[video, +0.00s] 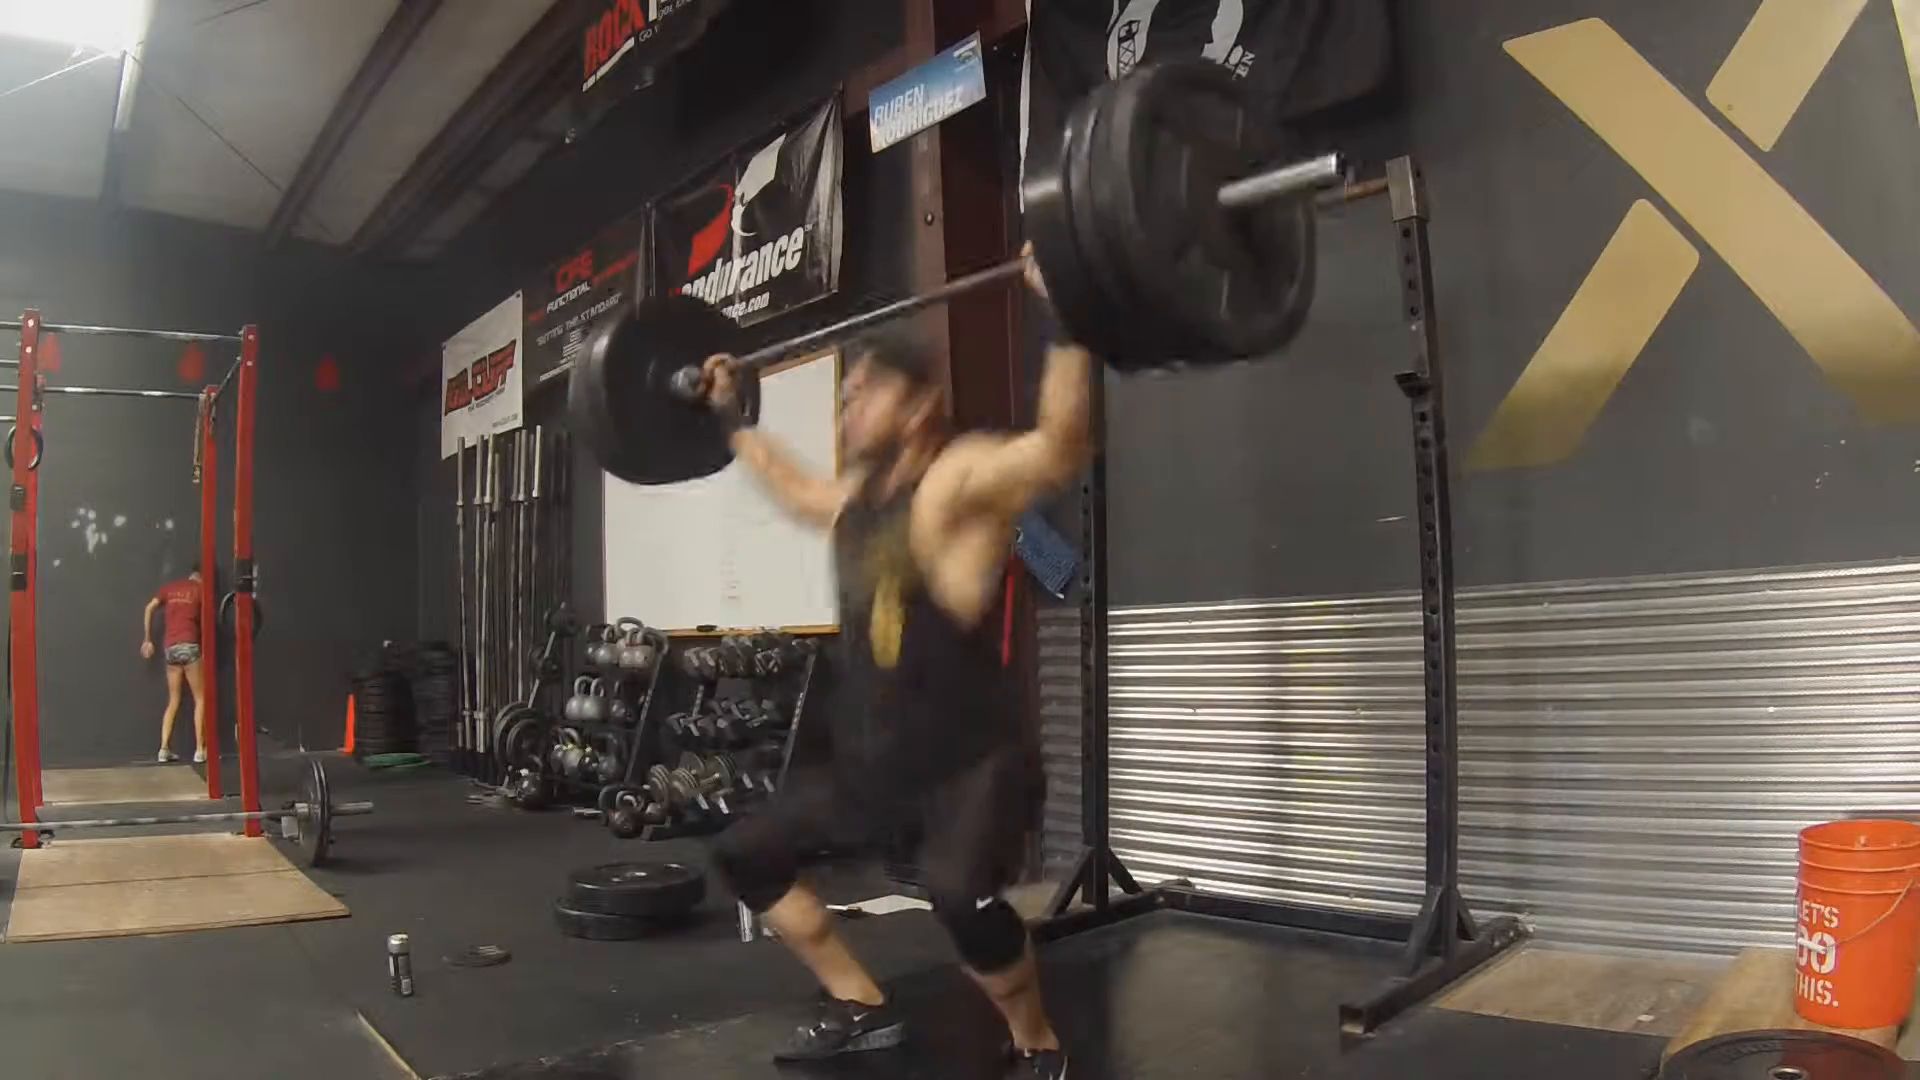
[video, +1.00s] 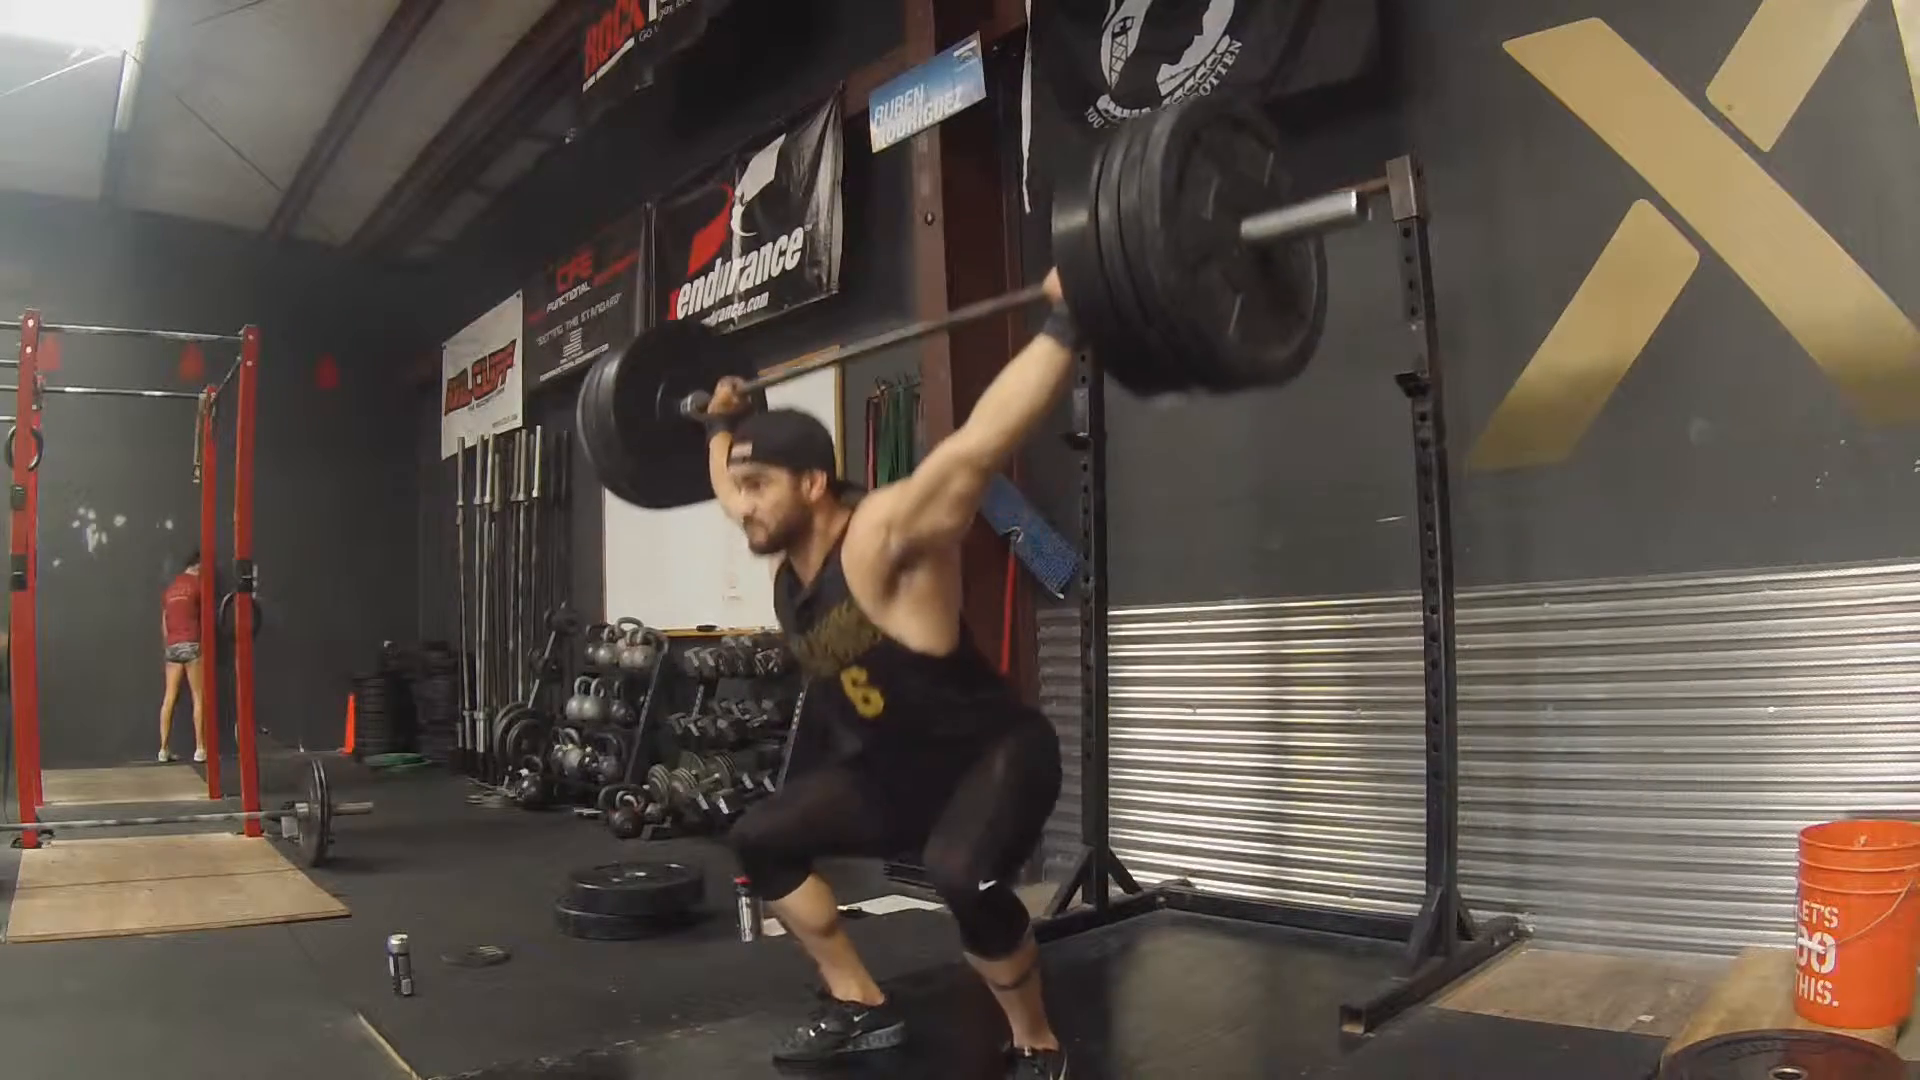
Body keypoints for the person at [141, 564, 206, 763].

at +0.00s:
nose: (204, 582)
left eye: (203, 578)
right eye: (204, 578)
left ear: (190, 573)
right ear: (201, 576)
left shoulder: (170, 588)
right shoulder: (201, 589)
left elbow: (149, 608)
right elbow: (207, 618)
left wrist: (147, 639)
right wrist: (208, 644)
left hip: (170, 643)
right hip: (190, 642)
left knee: (173, 700)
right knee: (199, 698)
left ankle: (164, 748)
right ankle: (200, 749)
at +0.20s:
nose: (203, 577)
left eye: (201, 573)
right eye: (203, 573)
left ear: (189, 569)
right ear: (199, 571)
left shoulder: (170, 585)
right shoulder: (201, 588)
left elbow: (149, 606)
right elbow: (208, 618)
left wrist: (148, 636)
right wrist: (209, 644)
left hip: (170, 640)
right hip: (192, 640)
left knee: (170, 697)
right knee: (198, 695)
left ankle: (163, 747)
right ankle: (201, 747)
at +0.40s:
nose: (203, 575)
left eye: (202, 571)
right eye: (203, 571)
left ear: (188, 568)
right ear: (200, 570)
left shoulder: (171, 584)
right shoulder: (202, 587)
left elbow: (150, 605)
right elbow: (208, 616)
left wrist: (149, 635)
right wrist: (209, 640)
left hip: (171, 641)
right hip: (193, 640)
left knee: (170, 697)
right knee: (198, 698)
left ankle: (163, 747)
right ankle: (201, 747)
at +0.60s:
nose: (204, 573)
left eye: (203, 569)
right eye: (204, 569)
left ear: (188, 566)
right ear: (199, 567)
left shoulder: (169, 584)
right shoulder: (200, 585)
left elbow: (151, 610)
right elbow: (208, 615)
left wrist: (153, 640)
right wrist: (209, 640)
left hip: (171, 642)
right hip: (193, 641)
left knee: (169, 697)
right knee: (197, 698)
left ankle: (163, 748)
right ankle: (200, 747)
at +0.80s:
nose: (204, 570)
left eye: (203, 566)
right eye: (203, 566)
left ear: (186, 565)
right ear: (198, 565)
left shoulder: (170, 585)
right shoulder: (199, 584)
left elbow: (158, 618)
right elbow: (206, 614)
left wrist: (159, 648)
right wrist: (208, 640)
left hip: (172, 644)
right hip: (193, 643)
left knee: (169, 698)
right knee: (198, 698)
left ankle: (163, 748)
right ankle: (200, 747)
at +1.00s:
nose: (203, 572)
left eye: (202, 568)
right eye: (203, 568)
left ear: (186, 566)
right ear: (197, 566)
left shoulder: (170, 588)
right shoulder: (198, 584)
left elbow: (164, 619)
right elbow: (205, 613)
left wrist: (167, 642)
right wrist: (207, 638)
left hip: (172, 643)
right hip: (192, 641)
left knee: (169, 697)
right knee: (198, 697)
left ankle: (163, 748)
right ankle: (200, 747)